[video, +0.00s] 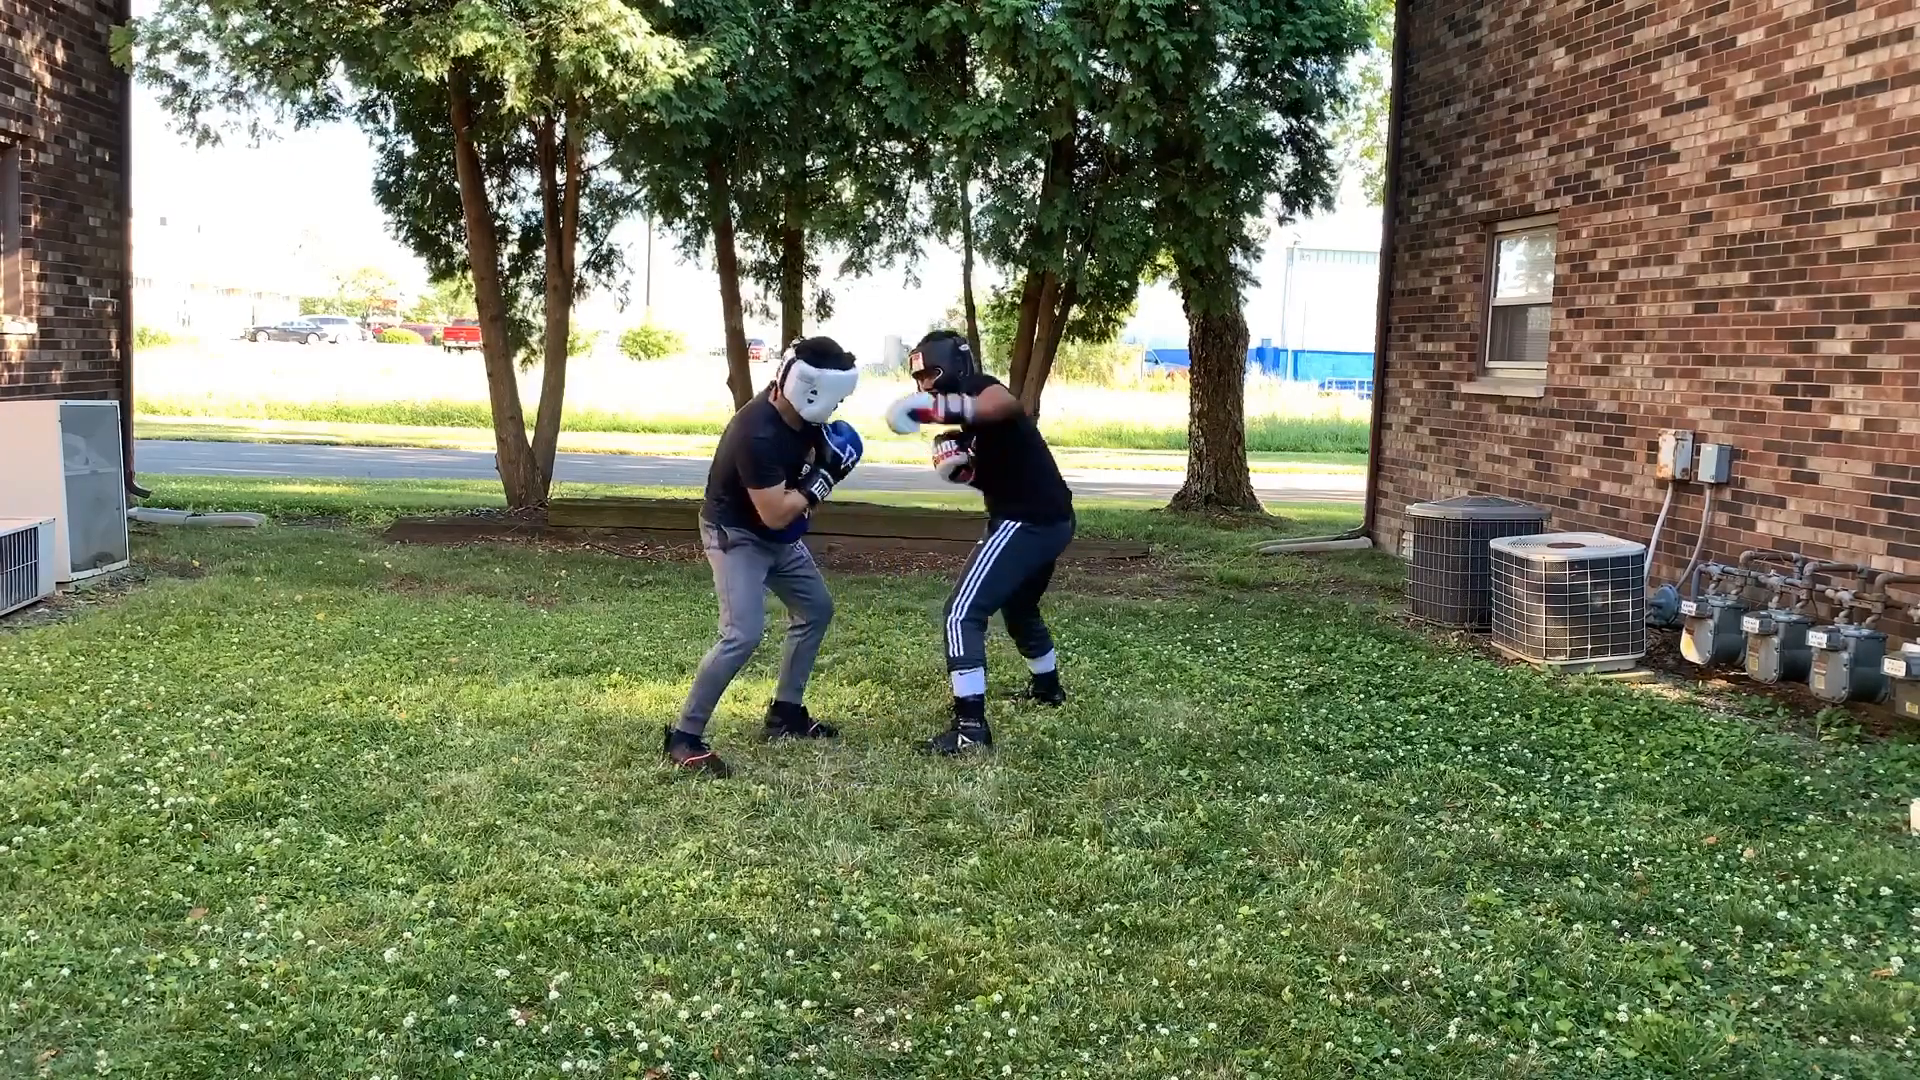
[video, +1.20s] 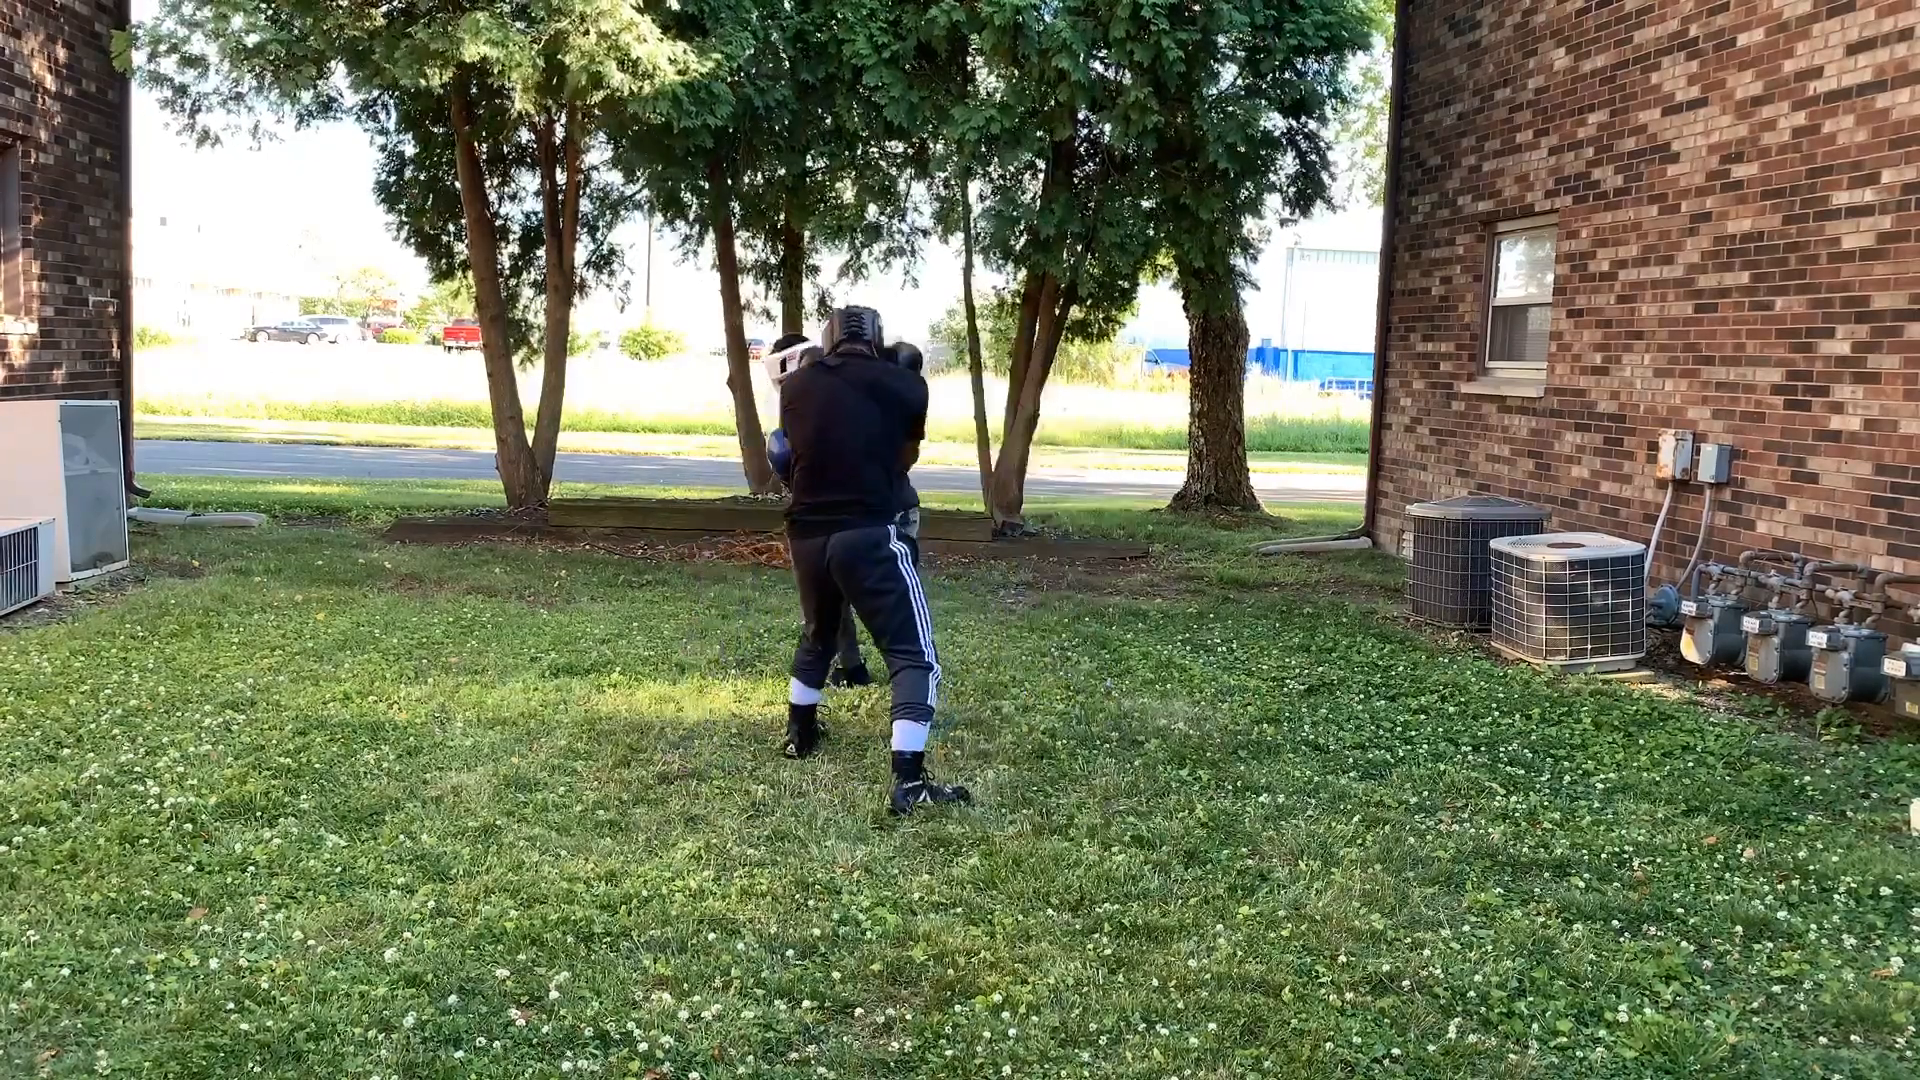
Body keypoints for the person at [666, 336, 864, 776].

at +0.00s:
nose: (833, 406)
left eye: (836, 397)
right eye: (829, 397)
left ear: (801, 385)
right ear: (800, 387)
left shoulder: (802, 416)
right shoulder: (756, 431)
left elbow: (807, 471)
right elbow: (777, 516)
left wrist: (828, 465)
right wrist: (822, 481)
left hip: (780, 535)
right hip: (734, 536)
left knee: (815, 608)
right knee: (742, 634)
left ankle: (787, 713)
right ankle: (685, 737)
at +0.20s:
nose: (804, 477)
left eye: (810, 469)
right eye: (799, 469)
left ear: (820, 452)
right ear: (773, 451)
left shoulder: (800, 455)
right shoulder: (734, 470)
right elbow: (753, 545)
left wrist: (828, 498)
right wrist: (812, 514)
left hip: (772, 542)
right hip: (716, 545)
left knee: (836, 614)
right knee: (726, 631)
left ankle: (821, 705)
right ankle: (680, 736)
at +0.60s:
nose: (858, 473)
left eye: (863, 465)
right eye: (853, 466)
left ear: (867, 451)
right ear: (825, 450)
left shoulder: (858, 458)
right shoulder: (771, 452)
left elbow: (874, 491)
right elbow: (744, 517)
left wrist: (849, 511)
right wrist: (802, 516)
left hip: (808, 546)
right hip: (748, 540)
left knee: (854, 614)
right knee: (718, 622)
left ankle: (840, 709)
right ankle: (683, 721)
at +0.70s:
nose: (848, 440)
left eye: (856, 431)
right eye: (842, 431)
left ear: (866, 415)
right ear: (818, 411)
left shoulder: (860, 426)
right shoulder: (770, 424)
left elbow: (897, 457)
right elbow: (750, 489)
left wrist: (864, 482)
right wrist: (804, 488)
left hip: (813, 524)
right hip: (753, 516)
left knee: (846, 606)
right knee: (721, 602)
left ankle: (840, 707)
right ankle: (683, 708)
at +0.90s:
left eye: (812, 357)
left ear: (815, 361)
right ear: (859, 356)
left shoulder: (798, 401)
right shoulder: (893, 387)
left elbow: (794, 459)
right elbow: (901, 451)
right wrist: (896, 381)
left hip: (829, 540)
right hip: (888, 532)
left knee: (830, 630)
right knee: (932, 645)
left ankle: (804, 734)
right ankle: (914, 765)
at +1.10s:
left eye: (823, 342)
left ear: (824, 348)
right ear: (869, 346)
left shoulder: (798, 391)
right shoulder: (901, 385)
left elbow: (791, 458)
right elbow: (909, 454)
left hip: (816, 544)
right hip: (878, 540)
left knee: (824, 634)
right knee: (923, 659)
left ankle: (802, 735)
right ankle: (909, 781)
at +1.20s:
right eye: (878, 334)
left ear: (831, 340)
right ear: (878, 341)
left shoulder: (796, 384)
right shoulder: (906, 384)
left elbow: (796, 452)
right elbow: (906, 458)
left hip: (807, 540)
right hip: (869, 537)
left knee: (816, 635)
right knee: (912, 655)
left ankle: (801, 735)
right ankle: (908, 779)